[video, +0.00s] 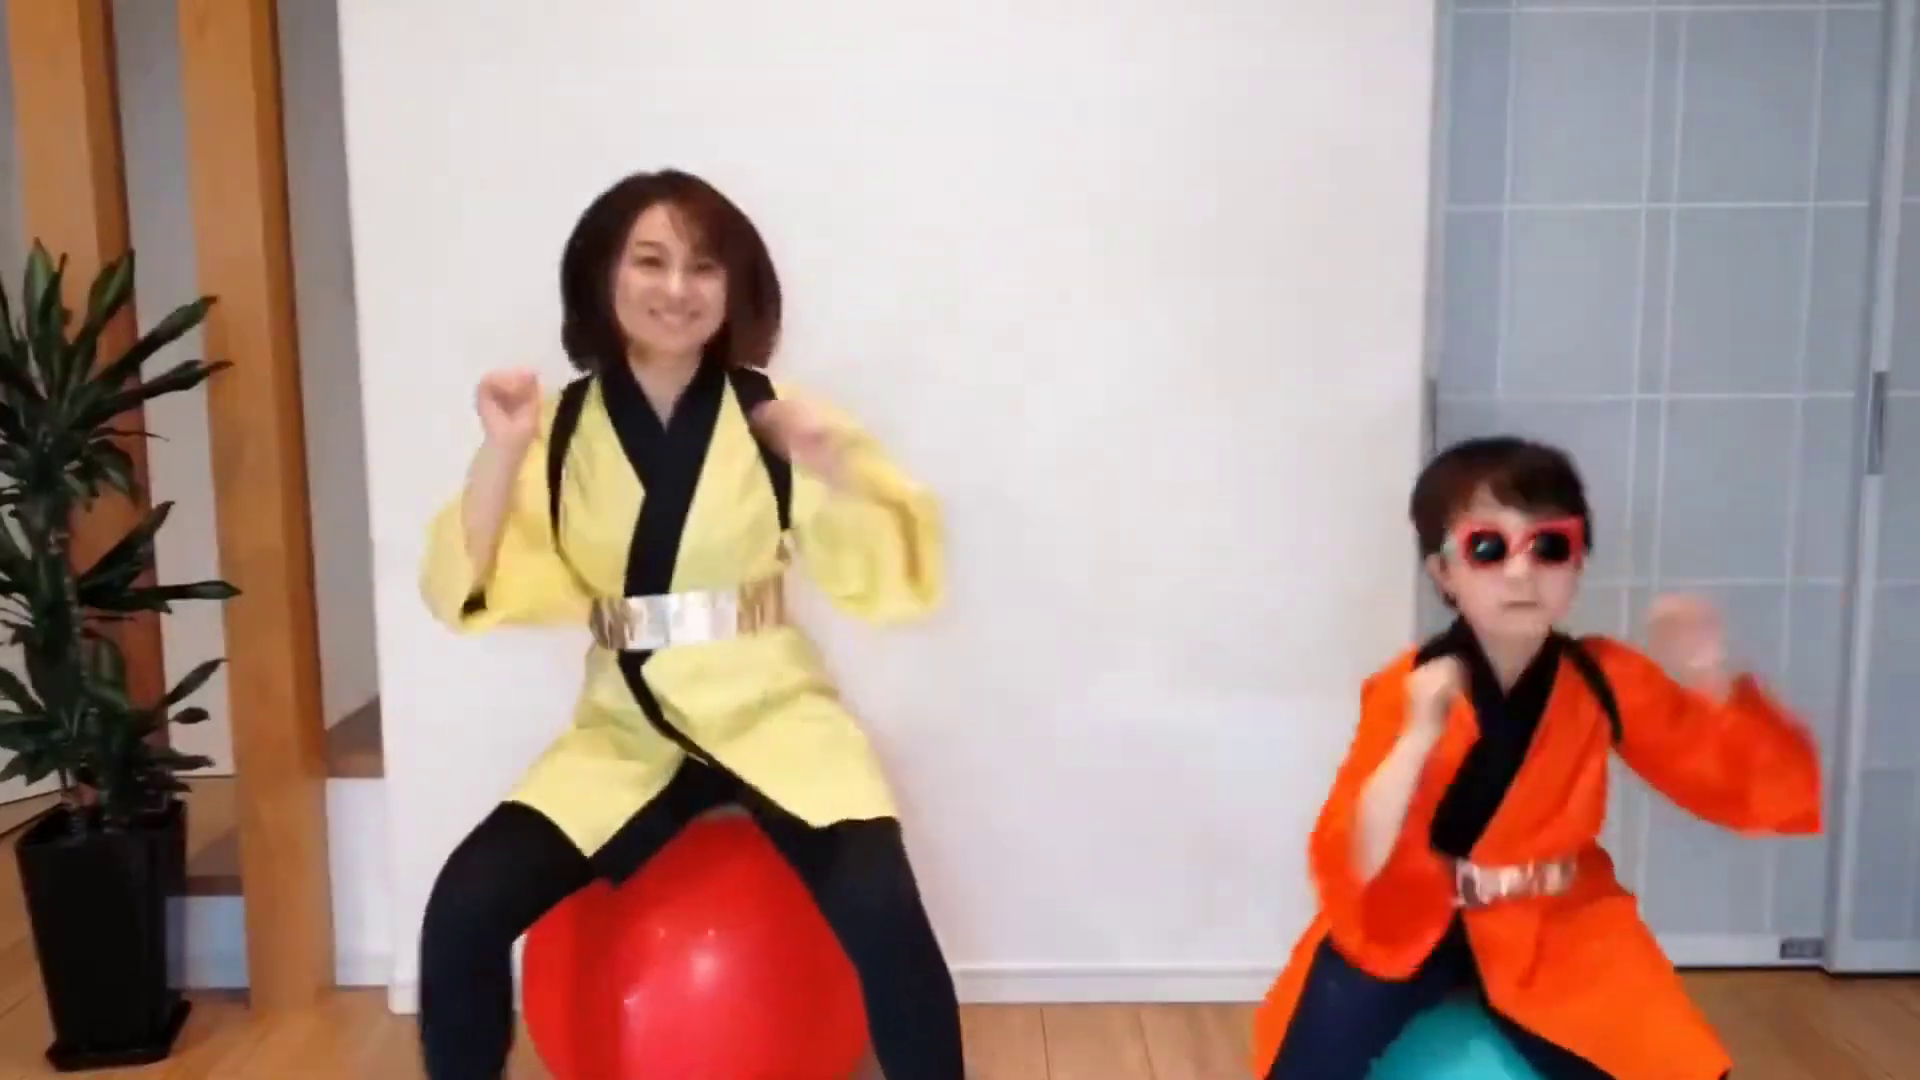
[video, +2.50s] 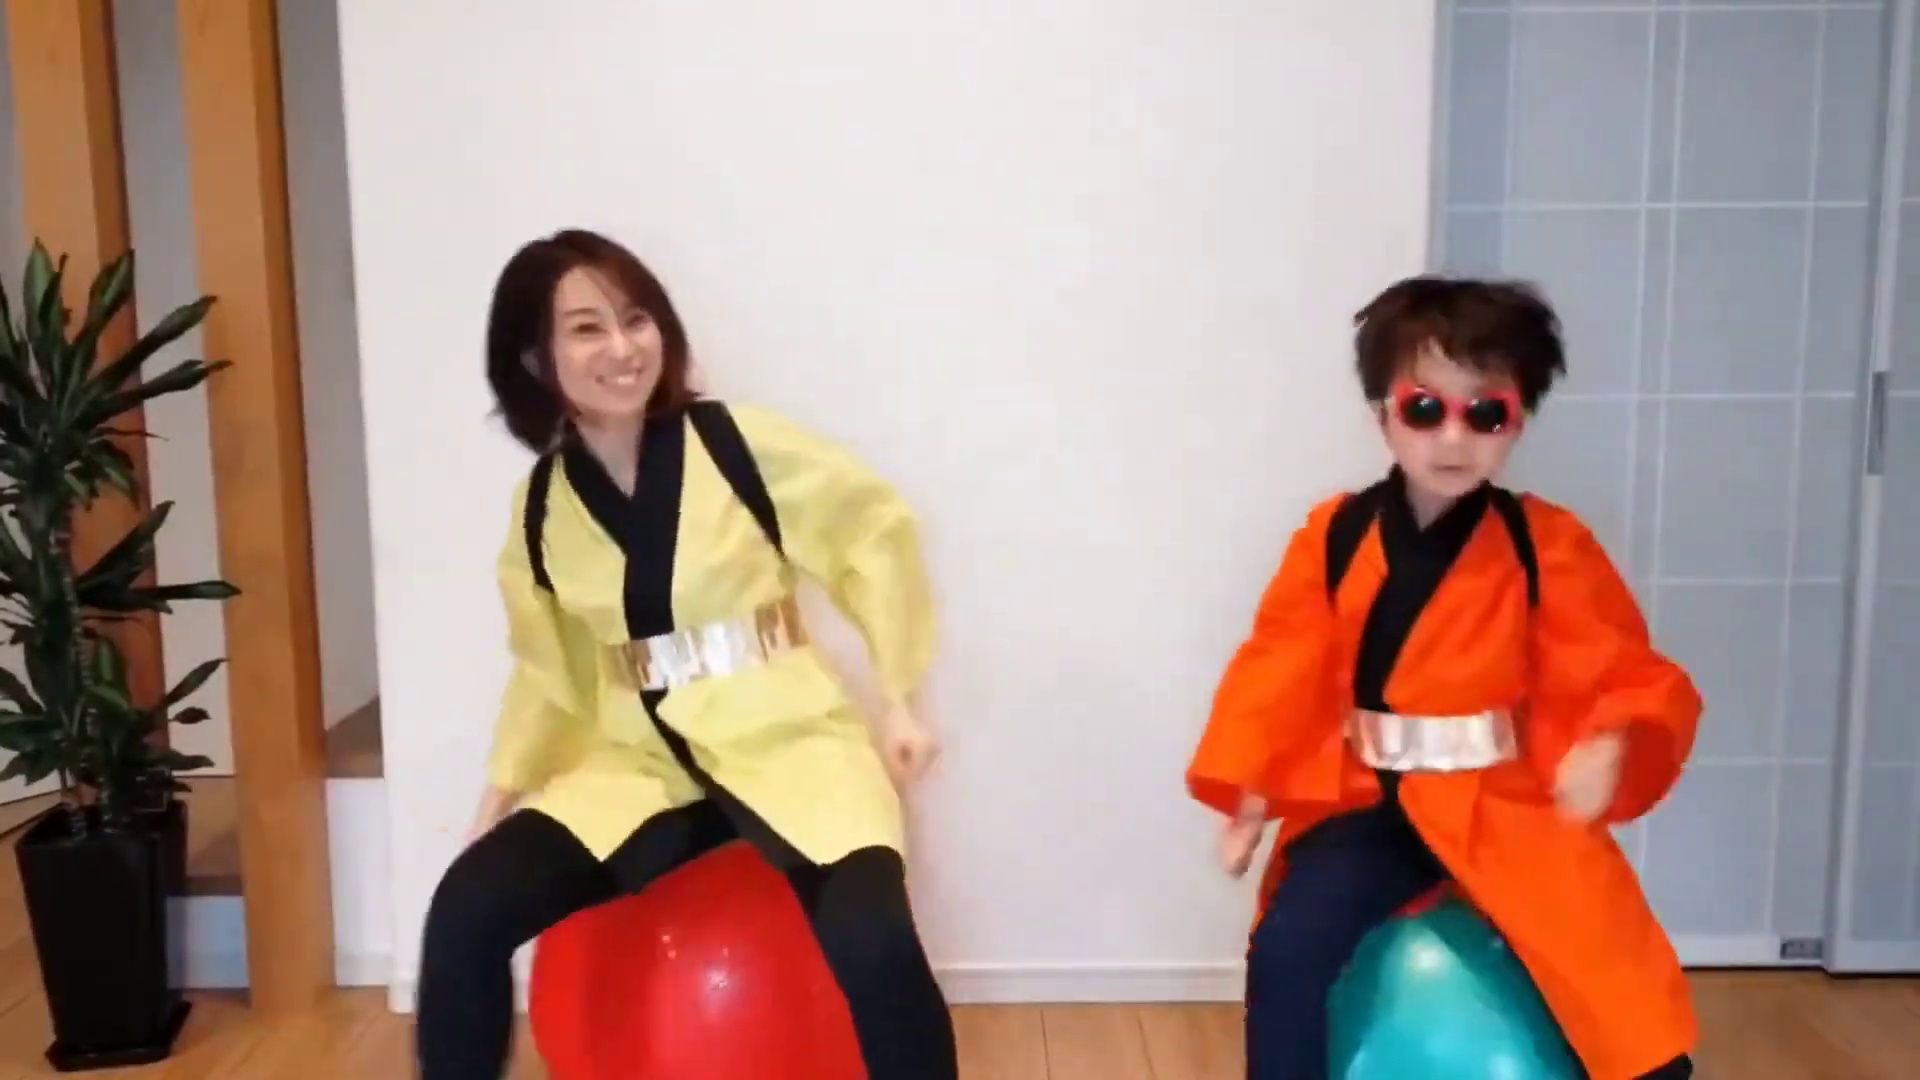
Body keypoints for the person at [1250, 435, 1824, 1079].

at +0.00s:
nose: (1521, 568)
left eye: (1549, 545)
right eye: (1488, 547)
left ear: (1580, 564)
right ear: (1443, 574)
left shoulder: (1604, 679)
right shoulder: (1409, 689)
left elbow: (1767, 791)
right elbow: (1348, 869)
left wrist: (1718, 687)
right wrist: (1416, 742)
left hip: (1551, 923)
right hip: (1412, 918)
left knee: (1661, 1062)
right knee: (1312, 1051)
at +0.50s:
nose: (1401, 552)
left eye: (1432, 523)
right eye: (1372, 527)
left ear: (1483, 536)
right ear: (1347, 542)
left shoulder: (1528, 677)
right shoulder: (1333, 661)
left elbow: (1540, 851)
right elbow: (1287, 805)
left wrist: (1481, 1018)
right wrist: (1232, 918)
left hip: (1498, 909)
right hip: (1375, 892)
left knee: (1652, 1058)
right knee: (1251, 970)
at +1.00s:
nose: (1353, 436)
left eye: (1382, 415)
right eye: (1325, 412)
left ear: (1425, 434)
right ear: (1294, 430)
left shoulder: (1450, 554)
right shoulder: (1273, 560)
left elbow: (1498, 681)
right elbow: (1162, 657)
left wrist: (1431, 548)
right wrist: (1118, 570)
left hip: (1445, 827)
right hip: (1321, 820)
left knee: (1543, 1036)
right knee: (1209, 984)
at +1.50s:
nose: (1483, 459)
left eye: (1515, 439)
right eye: (1459, 426)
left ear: (1537, 446)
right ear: (1397, 423)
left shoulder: (1536, 561)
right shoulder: (1336, 539)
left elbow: (1581, 714)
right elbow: (1223, 661)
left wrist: (1635, 842)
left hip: (1490, 805)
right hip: (1351, 800)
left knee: (1646, 983)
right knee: (1240, 954)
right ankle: (1207, 1067)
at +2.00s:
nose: (1560, 399)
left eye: (1587, 377)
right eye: (1529, 373)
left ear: (1609, 391)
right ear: (1467, 389)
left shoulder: (1591, 517)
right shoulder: (1421, 504)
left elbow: (1698, 589)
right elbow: (1423, 618)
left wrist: (1828, 555)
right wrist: (1563, 558)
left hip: (1537, 780)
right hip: (1408, 774)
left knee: (1643, 1006)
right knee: (1306, 965)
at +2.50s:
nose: (1452, 436)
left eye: (1486, 412)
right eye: (1423, 408)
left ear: (1519, 425)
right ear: (1382, 415)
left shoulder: (1547, 543)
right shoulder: (1338, 534)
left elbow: (1632, 677)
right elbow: (1281, 659)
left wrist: (1614, 740)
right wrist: (1256, 779)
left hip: (1515, 811)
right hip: (1372, 809)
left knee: (1616, 957)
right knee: (1289, 944)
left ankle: (1652, 1065)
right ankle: (1283, 1067)